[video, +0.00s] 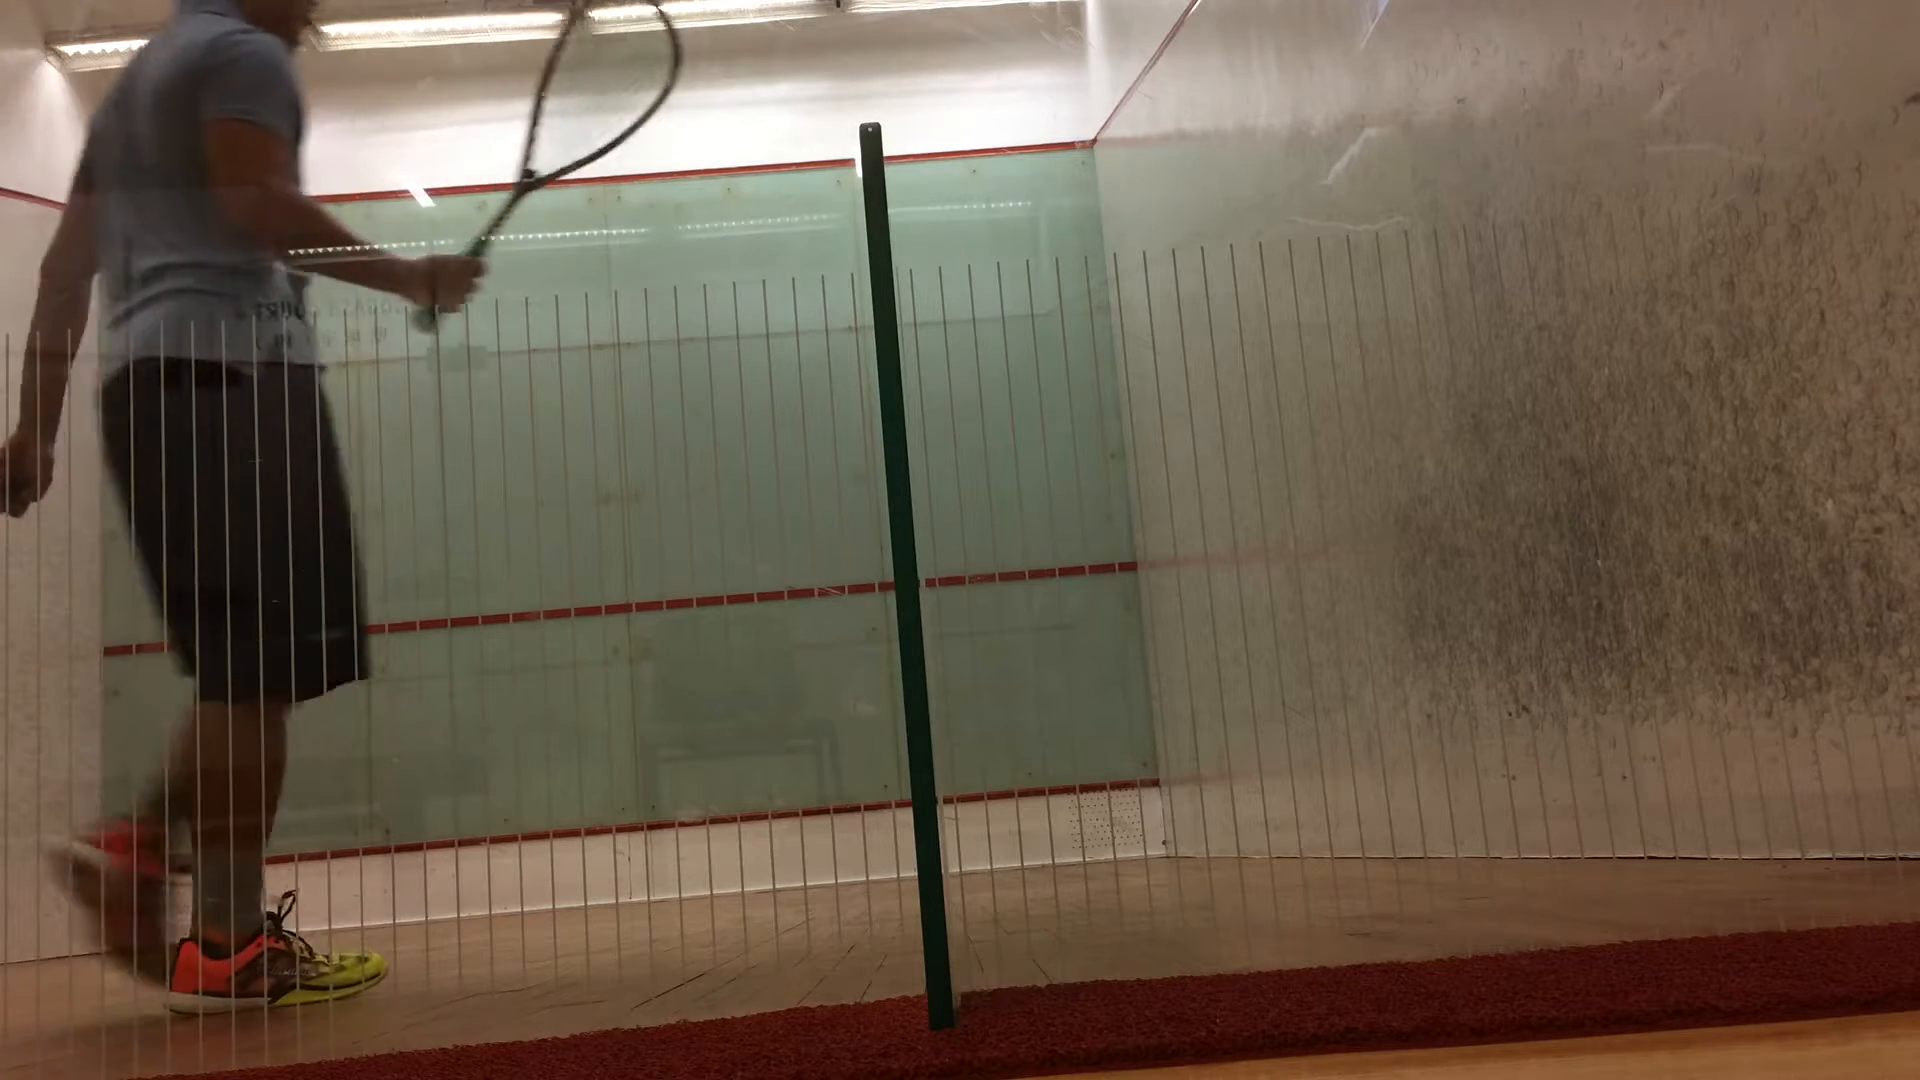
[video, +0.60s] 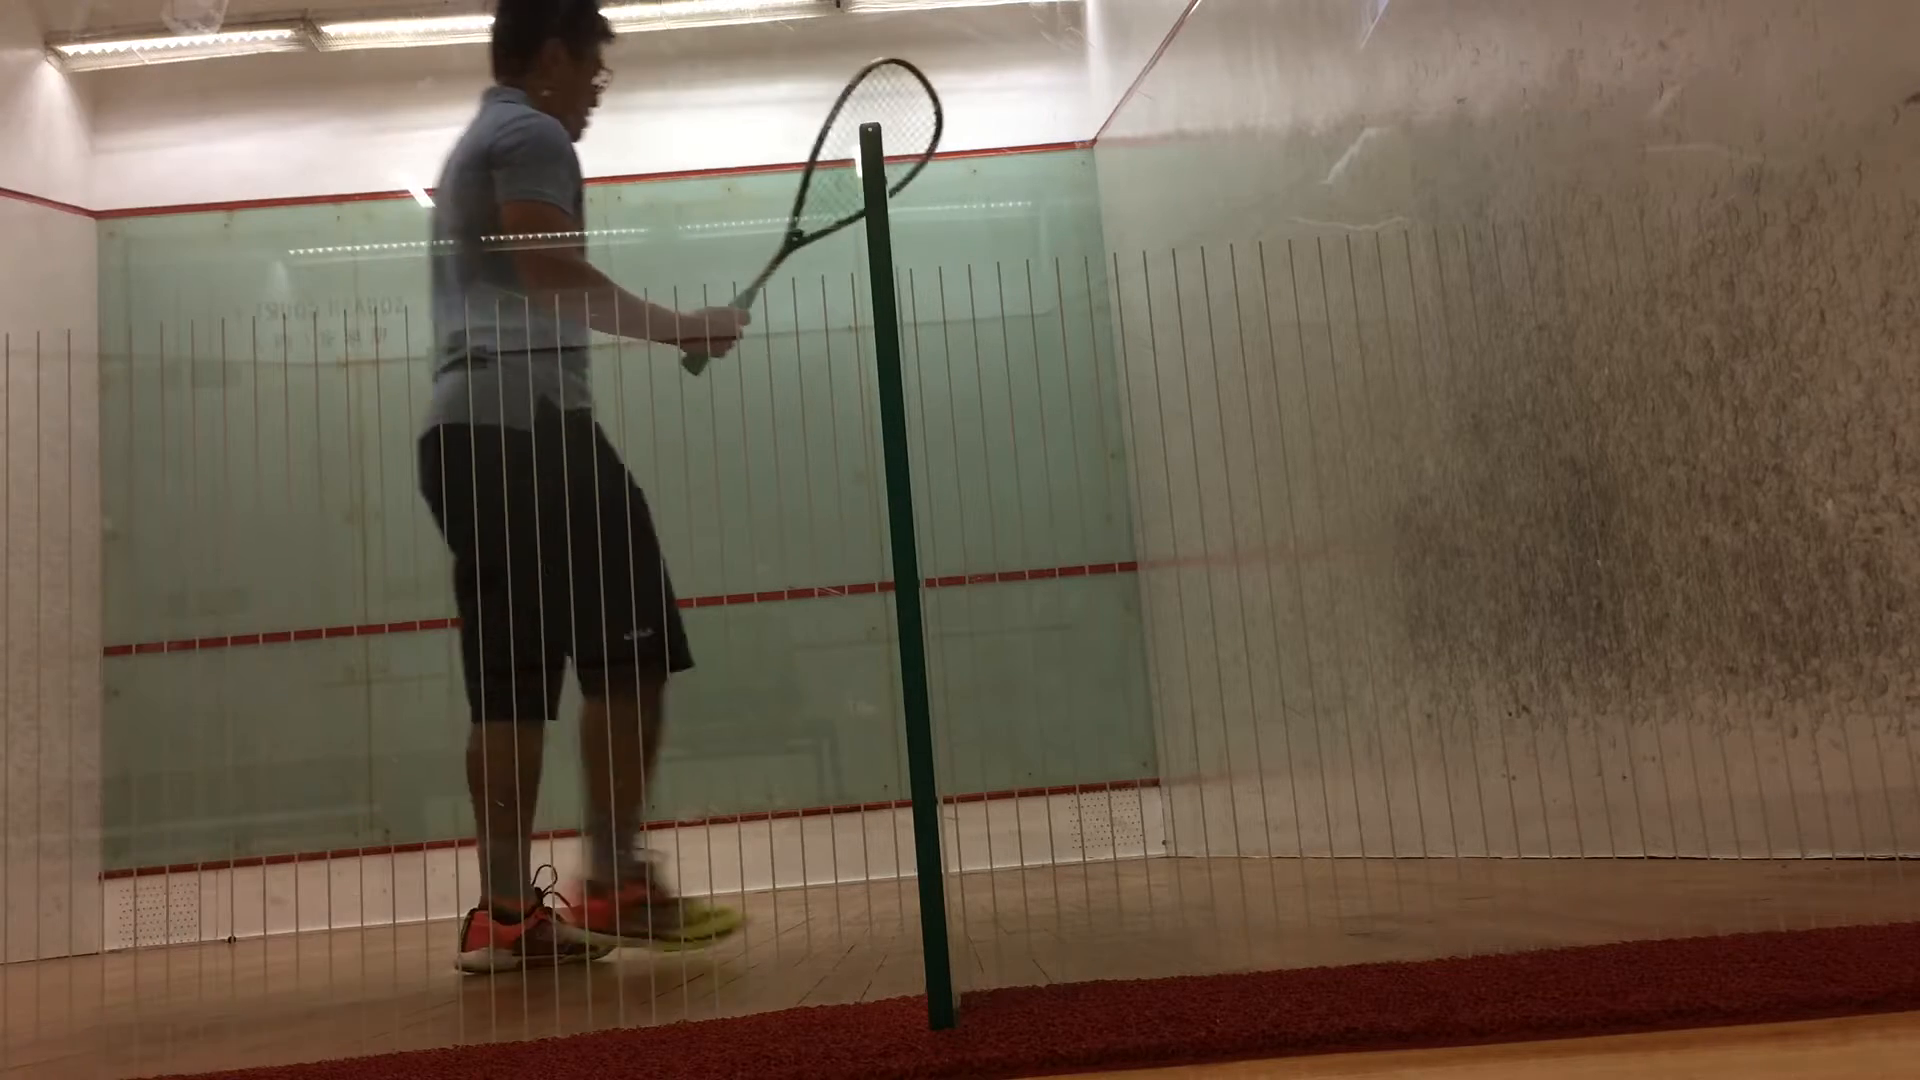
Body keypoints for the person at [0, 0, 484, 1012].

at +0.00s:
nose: (316, 19)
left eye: (317, 10)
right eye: (314, 7)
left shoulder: (133, 81)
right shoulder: (246, 53)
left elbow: (69, 262)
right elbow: (258, 206)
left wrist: (35, 425)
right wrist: (410, 277)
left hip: (150, 386)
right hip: (231, 378)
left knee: (244, 654)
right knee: (273, 650)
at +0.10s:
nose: (368, 17)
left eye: (368, 6)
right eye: (364, 4)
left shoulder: (193, 95)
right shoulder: (314, 66)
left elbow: (108, 260)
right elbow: (337, 214)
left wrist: (52, 423)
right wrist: (482, 288)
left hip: (221, 393)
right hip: (281, 390)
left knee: (361, 645)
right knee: (283, 655)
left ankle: (329, 905)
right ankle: (227, 941)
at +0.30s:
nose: (470, 62)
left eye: (470, 40)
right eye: (461, 38)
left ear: (371, 36)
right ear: (416, 31)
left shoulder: (300, 149)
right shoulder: (423, 111)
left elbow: (244, 327)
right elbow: (462, 250)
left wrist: (204, 474)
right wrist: (585, 316)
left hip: (322, 427)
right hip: (399, 421)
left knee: (431, 680)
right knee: (381, 683)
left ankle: (496, 906)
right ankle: (253, 910)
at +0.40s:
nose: (517, 66)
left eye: (517, 46)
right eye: (509, 44)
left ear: (430, 43)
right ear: (466, 38)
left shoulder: (349, 161)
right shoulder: (466, 117)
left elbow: (328, 333)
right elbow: (483, 251)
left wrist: (330, 476)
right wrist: (612, 316)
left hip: (367, 433)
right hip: (452, 422)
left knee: (452, 676)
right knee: (517, 659)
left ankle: (501, 912)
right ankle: (342, 844)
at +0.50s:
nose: (561, 68)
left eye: (562, 48)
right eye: (555, 47)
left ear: (480, 44)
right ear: (513, 44)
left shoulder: (421, 140)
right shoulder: (501, 126)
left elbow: (408, 308)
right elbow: (518, 259)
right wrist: (650, 322)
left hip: (425, 429)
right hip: (491, 423)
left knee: (485, 665)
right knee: (601, 640)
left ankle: (499, 910)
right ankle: (461, 839)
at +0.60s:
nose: (602, 80)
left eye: (601, 60)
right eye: (594, 58)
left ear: (528, 55)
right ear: (551, 54)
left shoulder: (486, 140)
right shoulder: (529, 133)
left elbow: (544, 290)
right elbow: (544, 266)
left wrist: (669, 332)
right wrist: (673, 325)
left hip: (492, 431)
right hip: (522, 430)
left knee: (512, 668)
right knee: (635, 645)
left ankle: (511, 909)